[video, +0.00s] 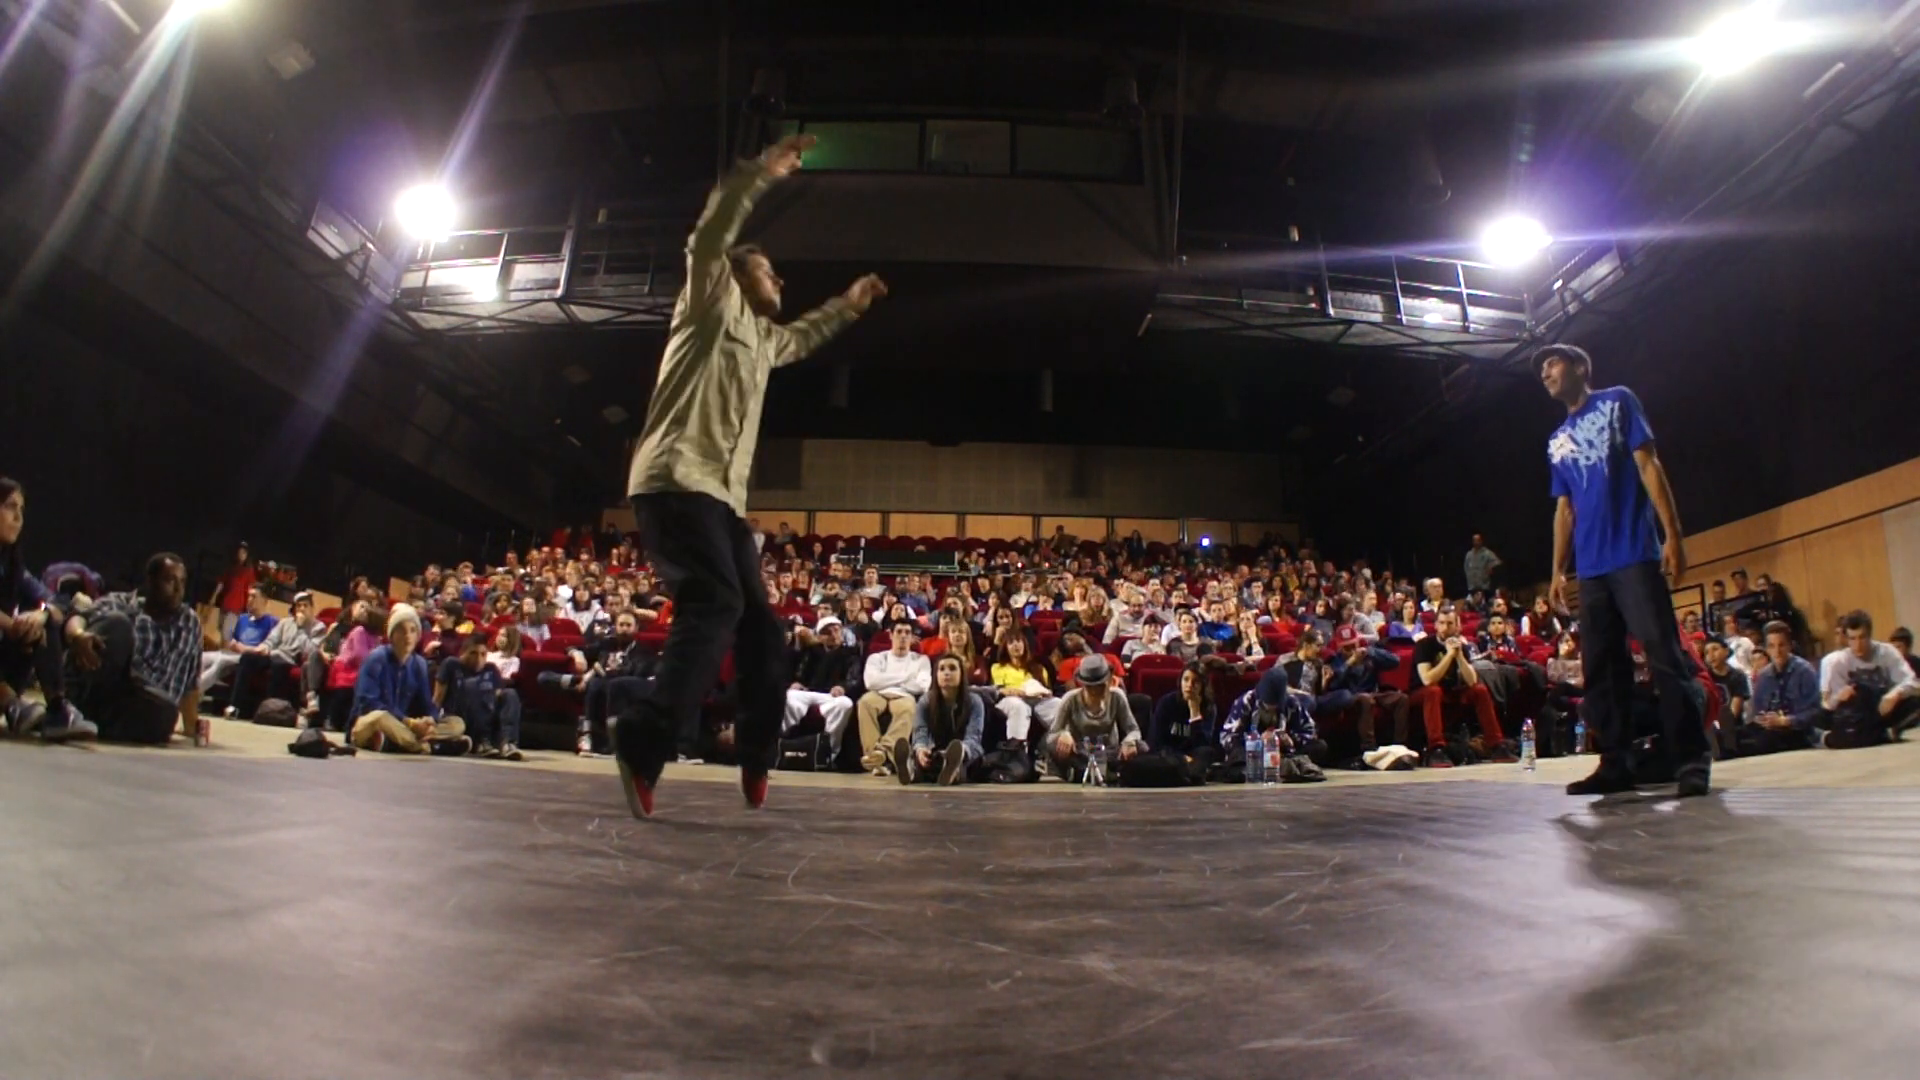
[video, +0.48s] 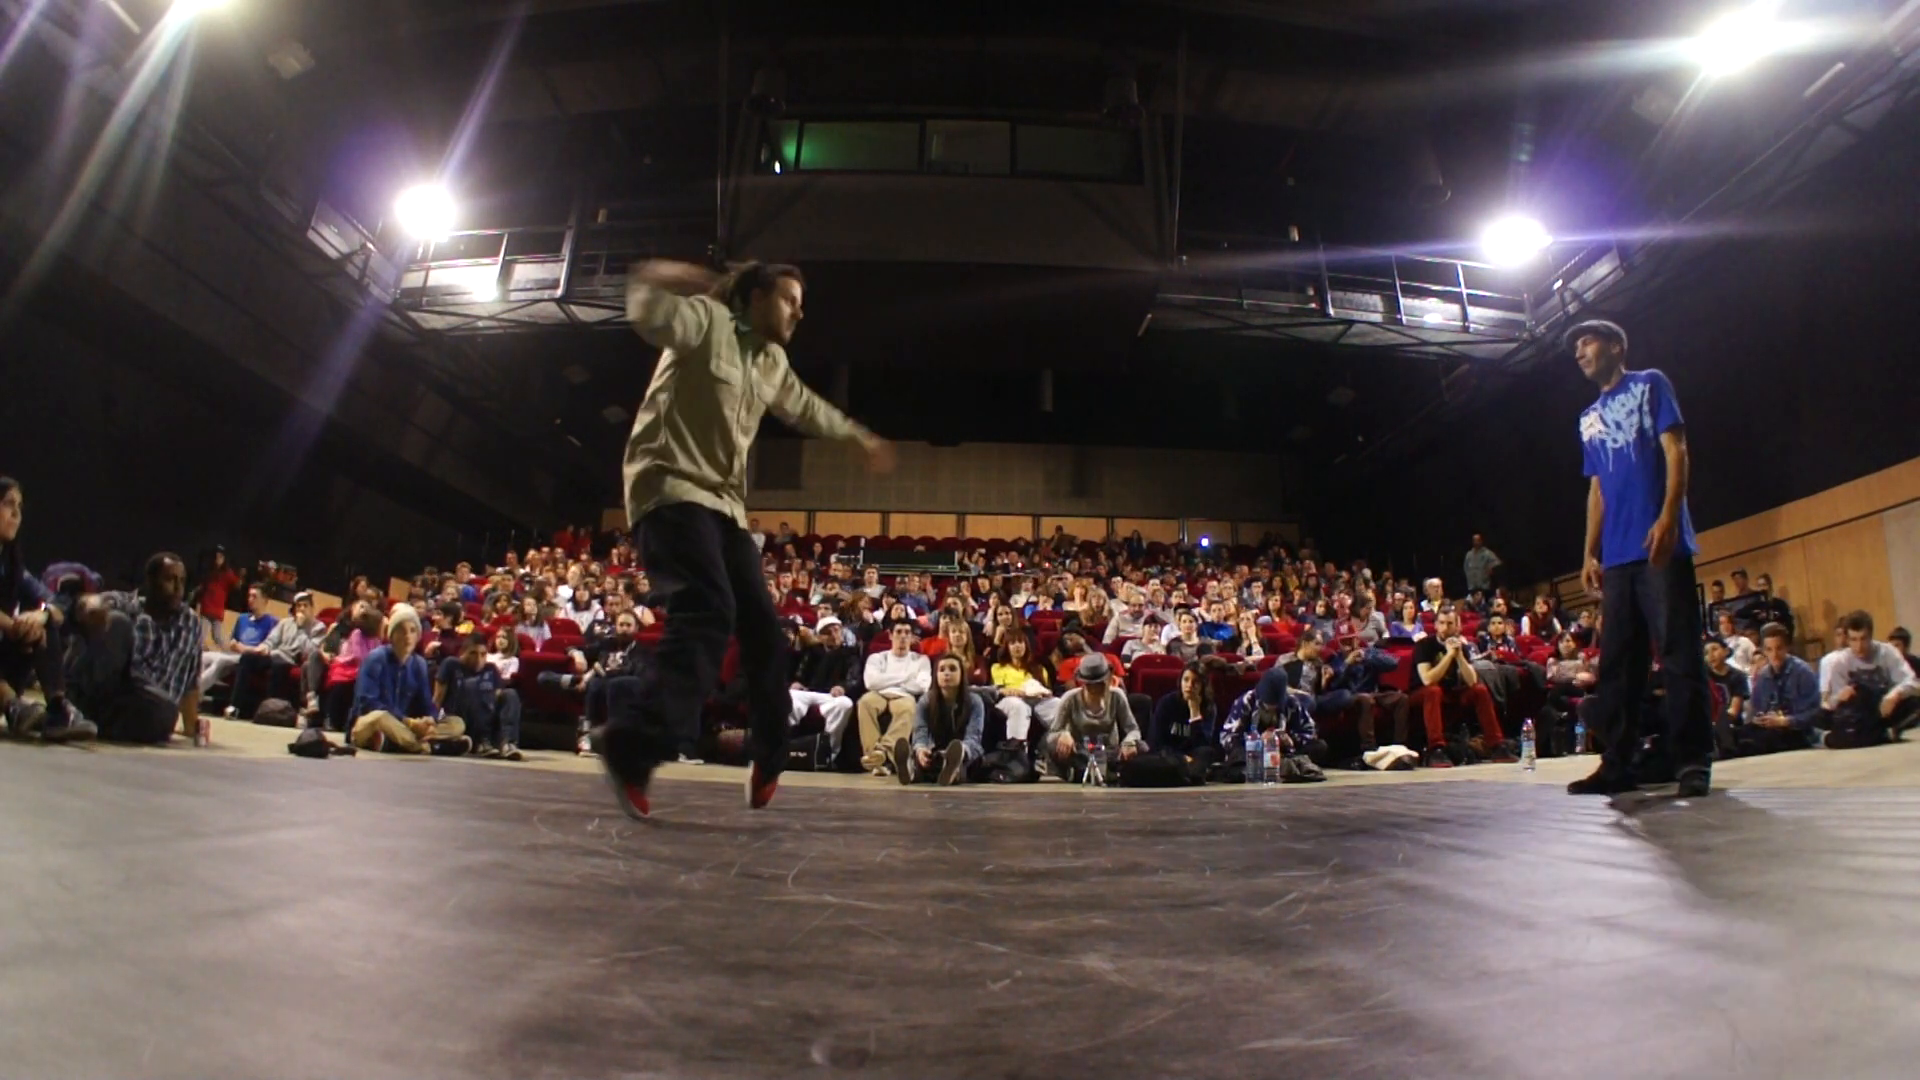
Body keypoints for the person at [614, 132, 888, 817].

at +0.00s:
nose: (776, 278)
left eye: (776, 271)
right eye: (766, 269)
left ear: (766, 283)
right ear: (736, 273)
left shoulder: (768, 338)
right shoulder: (712, 302)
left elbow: (803, 335)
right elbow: (711, 241)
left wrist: (847, 305)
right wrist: (761, 173)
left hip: (722, 497)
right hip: (673, 481)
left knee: (761, 623)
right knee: (715, 601)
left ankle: (757, 751)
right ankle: (646, 741)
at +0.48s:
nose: (796, 312)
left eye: (799, 304)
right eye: (788, 299)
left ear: (790, 312)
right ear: (753, 295)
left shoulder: (774, 366)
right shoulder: (708, 318)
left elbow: (810, 409)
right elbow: (651, 313)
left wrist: (862, 438)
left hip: (725, 505)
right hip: (671, 486)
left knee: (764, 630)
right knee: (705, 613)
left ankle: (769, 750)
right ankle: (633, 747)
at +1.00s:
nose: (791, 304)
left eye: (792, 296)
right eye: (783, 293)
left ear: (768, 302)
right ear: (749, 293)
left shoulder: (766, 365)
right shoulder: (718, 330)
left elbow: (801, 402)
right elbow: (672, 335)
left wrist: (840, 440)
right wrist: (749, 369)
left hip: (733, 528)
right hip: (685, 513)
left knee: (716, 662)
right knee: (643, 645)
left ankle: (692, 775)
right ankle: (589, 773)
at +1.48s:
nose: (783, 290)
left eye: (783, 283)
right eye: (775, 279)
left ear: (763, 290)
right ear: (742, 281)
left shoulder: (765, 365)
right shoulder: (710, 324)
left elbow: (831, 408)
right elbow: (641, 387)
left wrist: (881, 357)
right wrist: (611, 462)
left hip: (722, 484)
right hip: (702, 471)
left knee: (686, 632)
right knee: (830, 489)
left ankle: (690, 776)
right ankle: (881, 622)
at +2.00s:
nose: (767, 280)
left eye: (775, 274)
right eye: (759, 267)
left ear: (777, 282)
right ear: (726, 261)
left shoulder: (777, 346)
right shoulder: (671, 314)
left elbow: (821, 409)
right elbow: (602, 367)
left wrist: (833, 382)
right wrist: (642, 425)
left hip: (742, 517)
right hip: (678, 504)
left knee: (710, 653)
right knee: (640, 643)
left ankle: (695, 781)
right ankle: (616, 787)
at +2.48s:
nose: (777, 266)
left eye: (778, 259)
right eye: (768, 254)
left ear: (759, 265)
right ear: (729, 254)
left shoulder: (771, 343)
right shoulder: (691, 296)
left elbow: (814, 392)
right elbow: (649, 298)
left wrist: (880, 410)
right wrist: (611, 282)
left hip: (733, 511)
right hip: (677, 498)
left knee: (709, 652)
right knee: (652, 645)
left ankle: (694, 779)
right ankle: (619, 787)